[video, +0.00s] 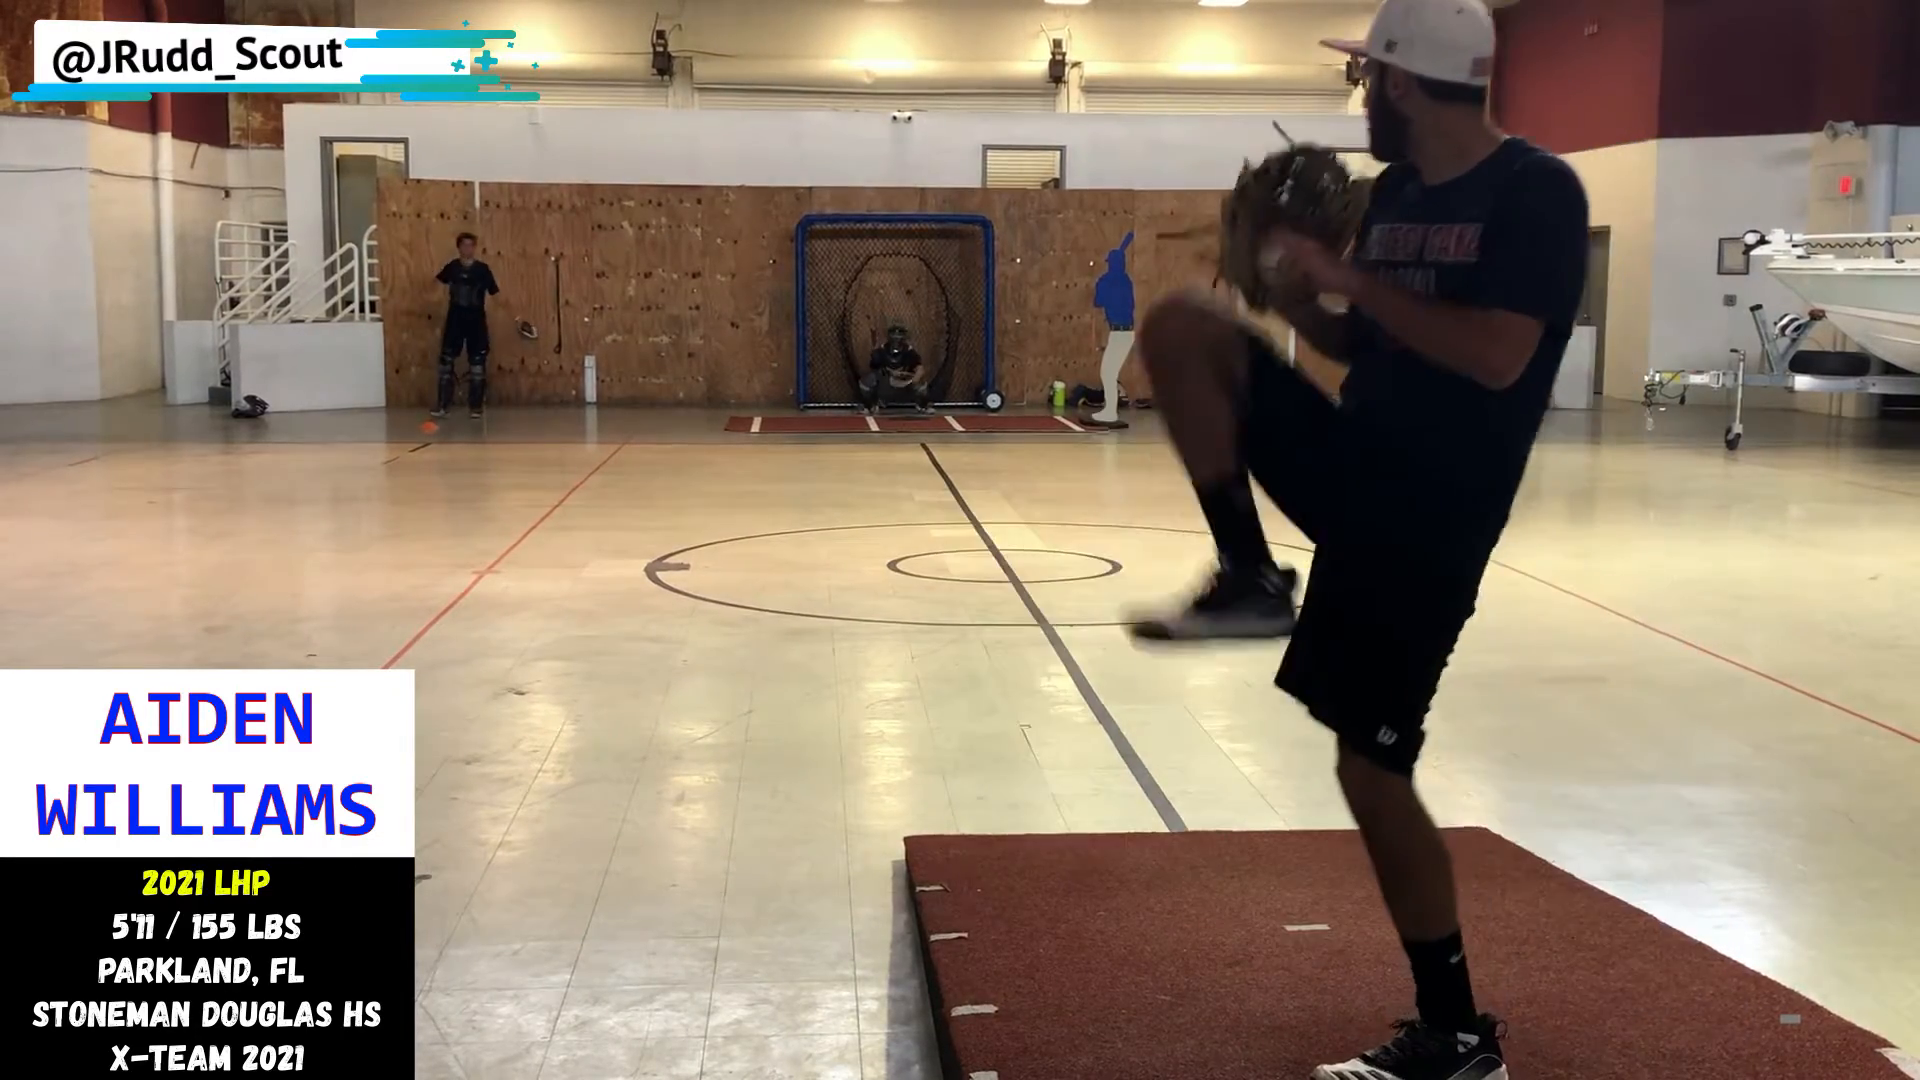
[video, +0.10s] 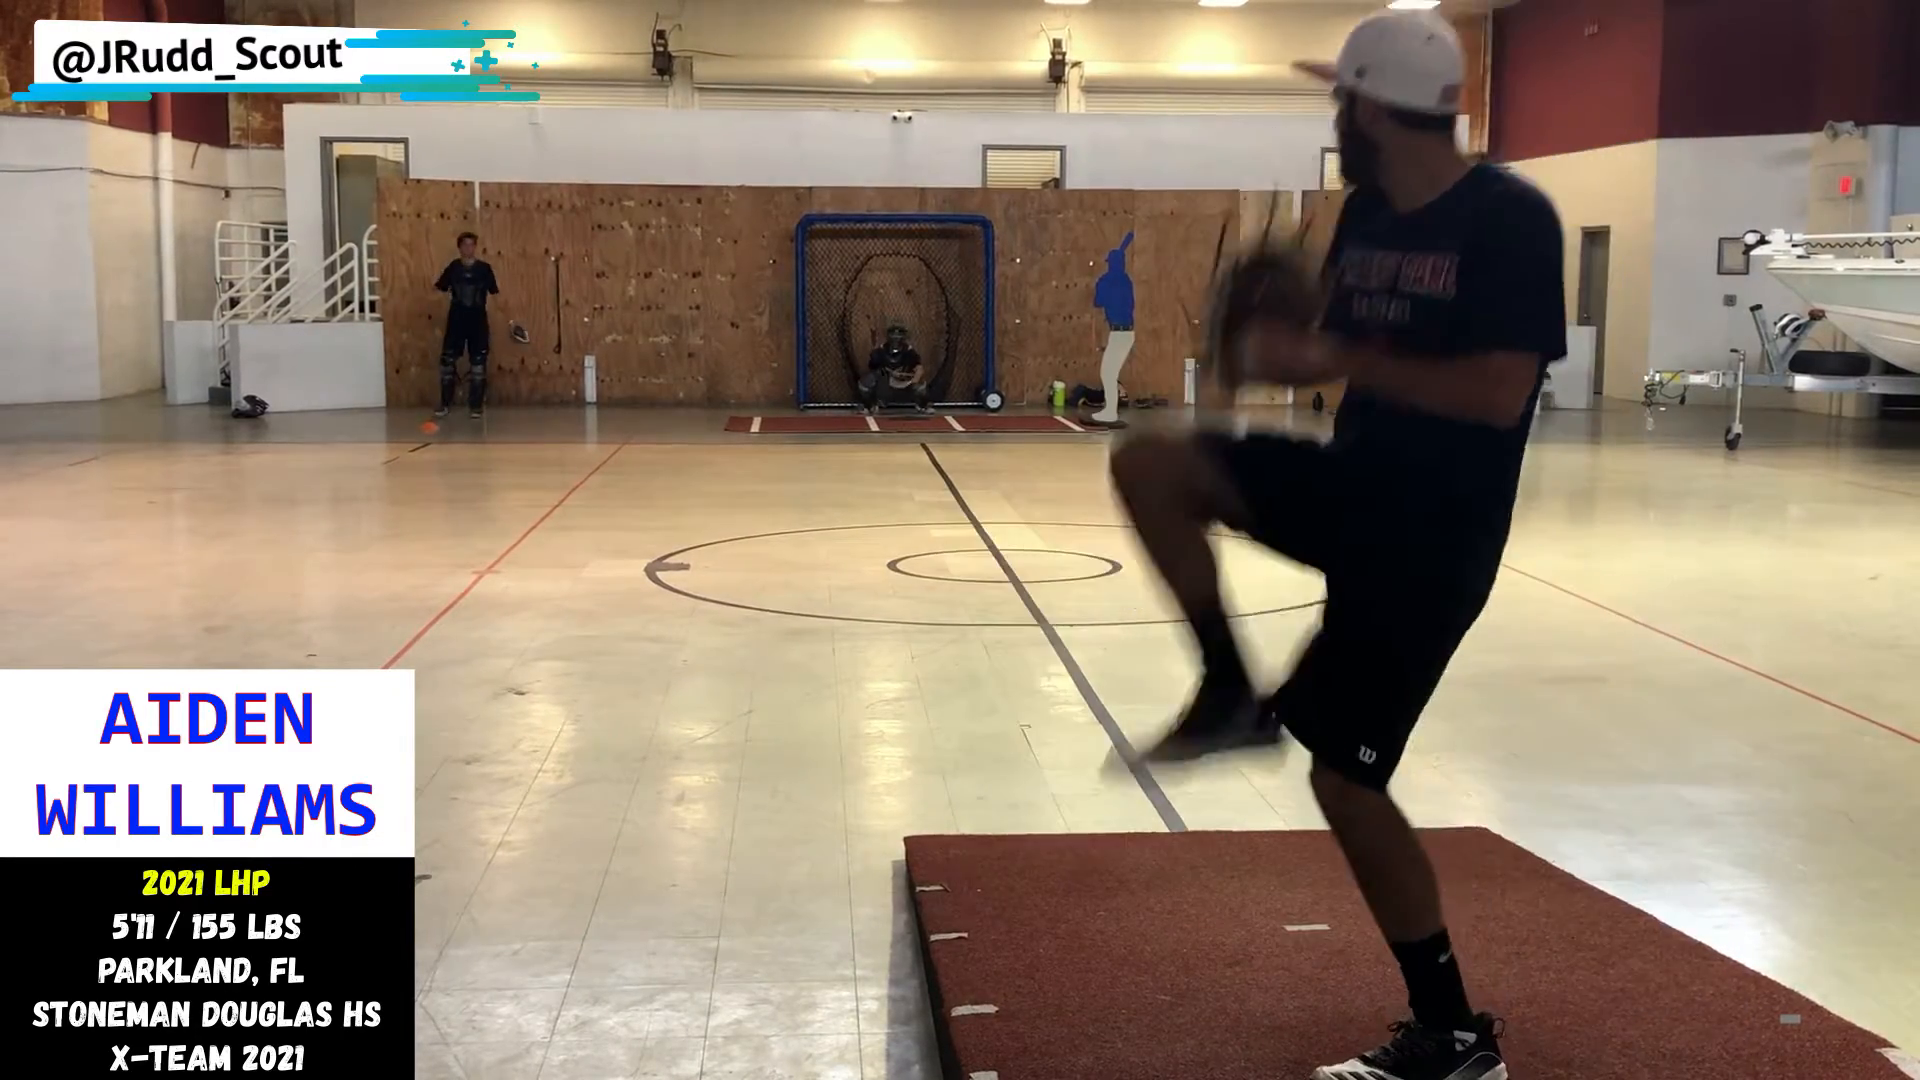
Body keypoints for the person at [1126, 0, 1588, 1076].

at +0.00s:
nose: (1363, 97)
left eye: (1372, 78)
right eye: (1365, 78)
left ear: (1411, 83)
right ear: (1423, 85)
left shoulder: (1541, 191)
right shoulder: (1395, 197)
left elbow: (1500, 353)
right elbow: (1371, 360)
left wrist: (1349, 281)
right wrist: (1292, 300)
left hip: (1431, 520)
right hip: (1348, 470)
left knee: (1371, 772)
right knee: (1181, 324)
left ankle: (1451, 1031)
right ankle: (1248, 573)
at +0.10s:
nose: (1336, 122)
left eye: (1347, 105)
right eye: (1339, 103)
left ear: (1383, 110)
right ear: (1410, 109)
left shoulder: (1515, 218)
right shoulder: (1365, 215)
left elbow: (1500, 395)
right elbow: (1340, 352)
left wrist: (1335, 355)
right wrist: (1270, 332)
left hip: (1438, 532)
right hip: (1349, 488)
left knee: (1342, 770)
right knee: (1149, 465)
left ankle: (1448, 1027)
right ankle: (1230, 690)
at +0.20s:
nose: (1307, 180)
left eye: (1317, 164)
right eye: (1309, 162)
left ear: (1356, 174)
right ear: (1381, 172)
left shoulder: (1492, 279)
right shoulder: (1333, 268)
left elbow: (1501, 453)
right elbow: (1262, 377)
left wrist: (1332, 520)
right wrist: (1176, 460)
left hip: (1441, 556)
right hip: (1341, 528)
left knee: (1325, 778)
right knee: (1147, 606)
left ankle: (1444, 1029)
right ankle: (1163, 828)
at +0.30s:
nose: (1285, 269)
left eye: (1292, 254)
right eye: (1287, 254)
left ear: (1312, 258)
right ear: (1384, 249)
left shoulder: (1466, 354)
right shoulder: (1297, 331)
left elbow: (1522, 525)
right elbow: (1184, 408)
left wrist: (1486, 663)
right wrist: (1082, 518)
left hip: (1416, 602)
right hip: (1322, 568)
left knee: (1296, 793)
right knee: (1154, 680)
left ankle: (1439, 1028)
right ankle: (1134, 858)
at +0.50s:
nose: (1190, 325)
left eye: (1197, 315)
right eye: (1193, 316)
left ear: (1219, 327)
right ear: (1279, 322)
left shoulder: (1367, 407)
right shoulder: (1208, 379)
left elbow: (1482, 494)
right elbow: (1158, 366)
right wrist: (1096, 394)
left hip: (1328, 640)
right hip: (1260, 618)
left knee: (1261, 854)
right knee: (1168, 686)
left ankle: (1418, 1016)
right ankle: (1165, 825)